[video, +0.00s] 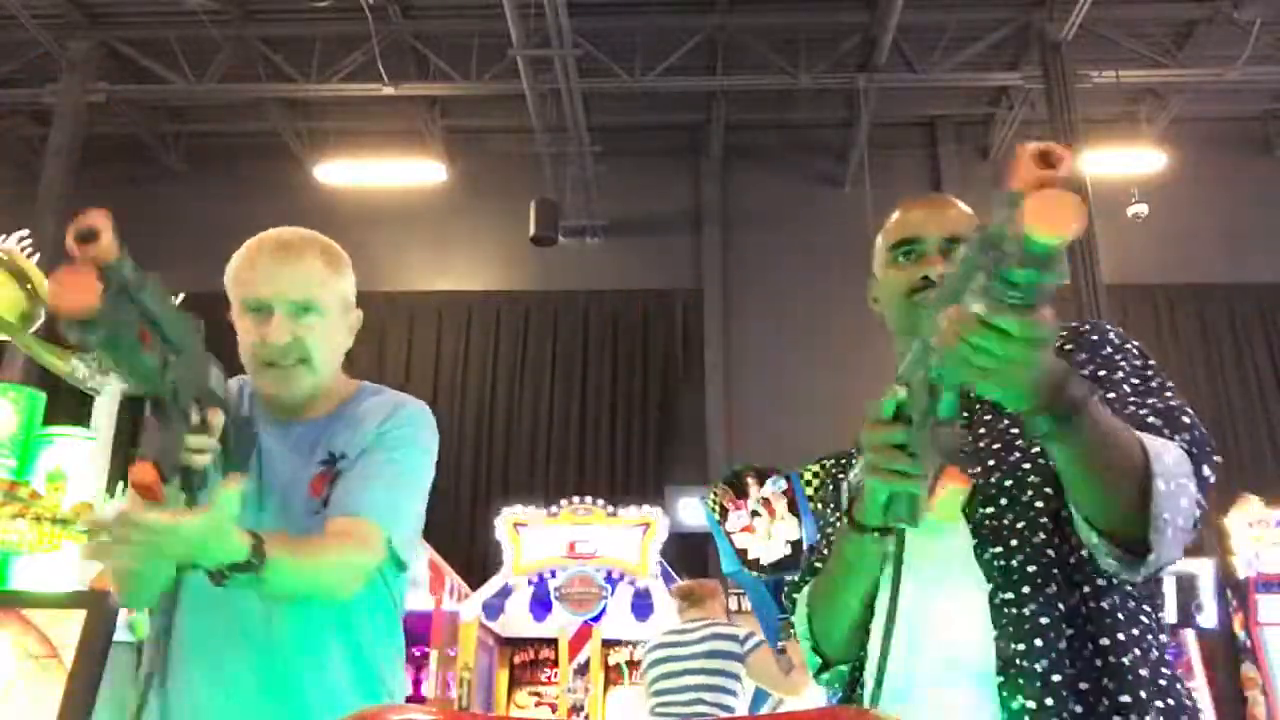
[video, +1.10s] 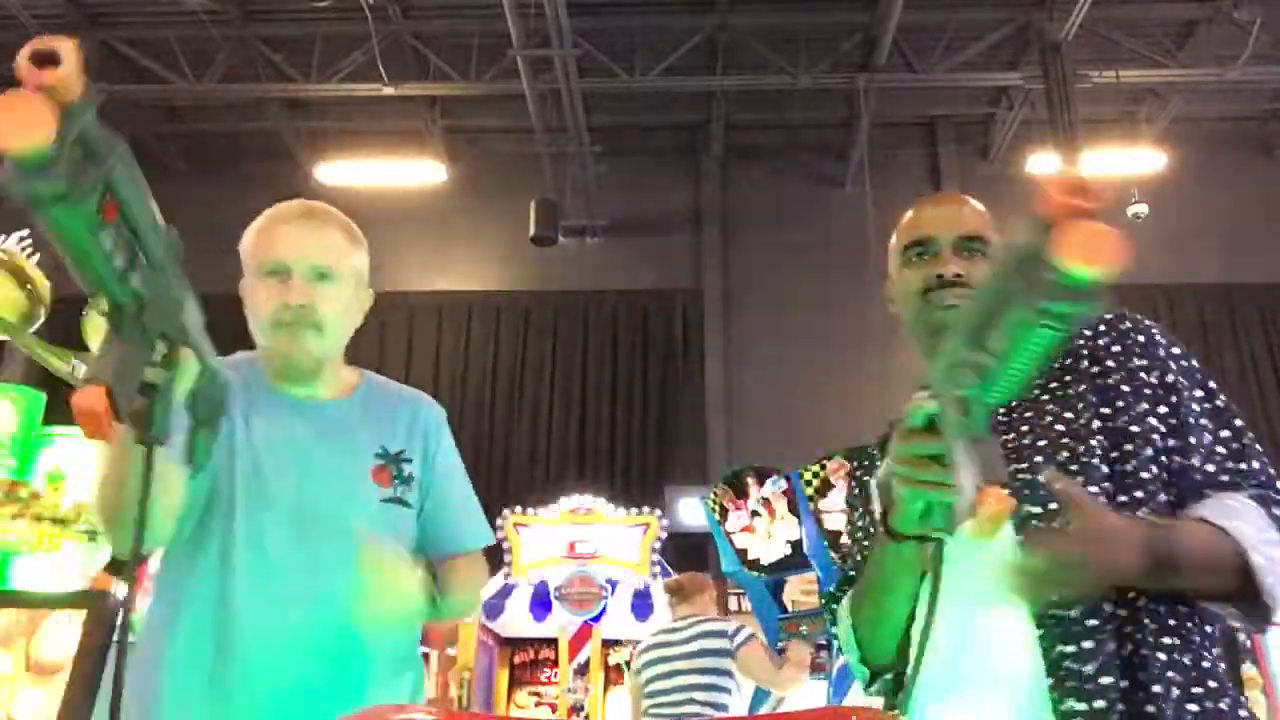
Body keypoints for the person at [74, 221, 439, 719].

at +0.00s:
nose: (277, 336)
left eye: (304, 312)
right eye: (258, 311)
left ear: (351, 323)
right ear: (234, 321)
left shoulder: (396, 424)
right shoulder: (202, 413)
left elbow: (345, 565)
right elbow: (132, 589)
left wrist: (228, 550)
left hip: (337, 711)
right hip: (193, 709)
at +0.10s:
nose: (280, 347)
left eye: (305, 323)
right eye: (261, 324)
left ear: (356, 331)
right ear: (239, 331)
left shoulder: (408, 431)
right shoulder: (200, 421)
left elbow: (383, 574)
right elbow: (138, 578)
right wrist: (168, 476)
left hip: (344, 712)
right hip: (194, 710)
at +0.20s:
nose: (293, 350)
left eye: (318, 326)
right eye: (274, 327)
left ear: (365, 335)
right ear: (252, 335)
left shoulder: (423, 441)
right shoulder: (215, 425)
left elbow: (454, 598)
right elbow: (149, 560)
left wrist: (403, 607)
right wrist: (177, 460)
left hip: (359, 714)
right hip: (209, 709)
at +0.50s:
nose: (270, 322)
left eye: (295, 299)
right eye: (248, 299)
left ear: (343, 314)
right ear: (222, 312)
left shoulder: (397, 429)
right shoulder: (178, 413)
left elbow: (417, 595)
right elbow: (116, 560)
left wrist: (353, 630)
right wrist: (134, 457)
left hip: (328, 708)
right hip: (172, 703)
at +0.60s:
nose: (227, 295)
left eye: (254, 271)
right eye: (206, 269)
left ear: (304, 290)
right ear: (181, 281)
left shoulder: (362, 411)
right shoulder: (134, 383)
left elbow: (385, 581)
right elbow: (50, 527)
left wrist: (310, 638)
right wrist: (60, 424)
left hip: (288, 711)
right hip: (129, 705)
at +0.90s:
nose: (270, 257)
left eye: (299, 234)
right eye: (246, 233)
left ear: (352, 256)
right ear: (218, 250)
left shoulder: (412, 389)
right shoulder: (161, 366)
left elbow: (447, 572)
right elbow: (86, 526)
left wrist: (351, 648)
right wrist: (79, 405)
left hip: (330, 715)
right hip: (151, 707)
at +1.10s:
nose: (297, 296)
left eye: (322, 277)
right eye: (276, 275)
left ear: (362, 303)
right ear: (245, 295)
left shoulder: (413, 422)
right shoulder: (195, 397)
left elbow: (466, 579)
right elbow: (131, 536)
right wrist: (141, 401)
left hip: (358, 711)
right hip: (190, 704)